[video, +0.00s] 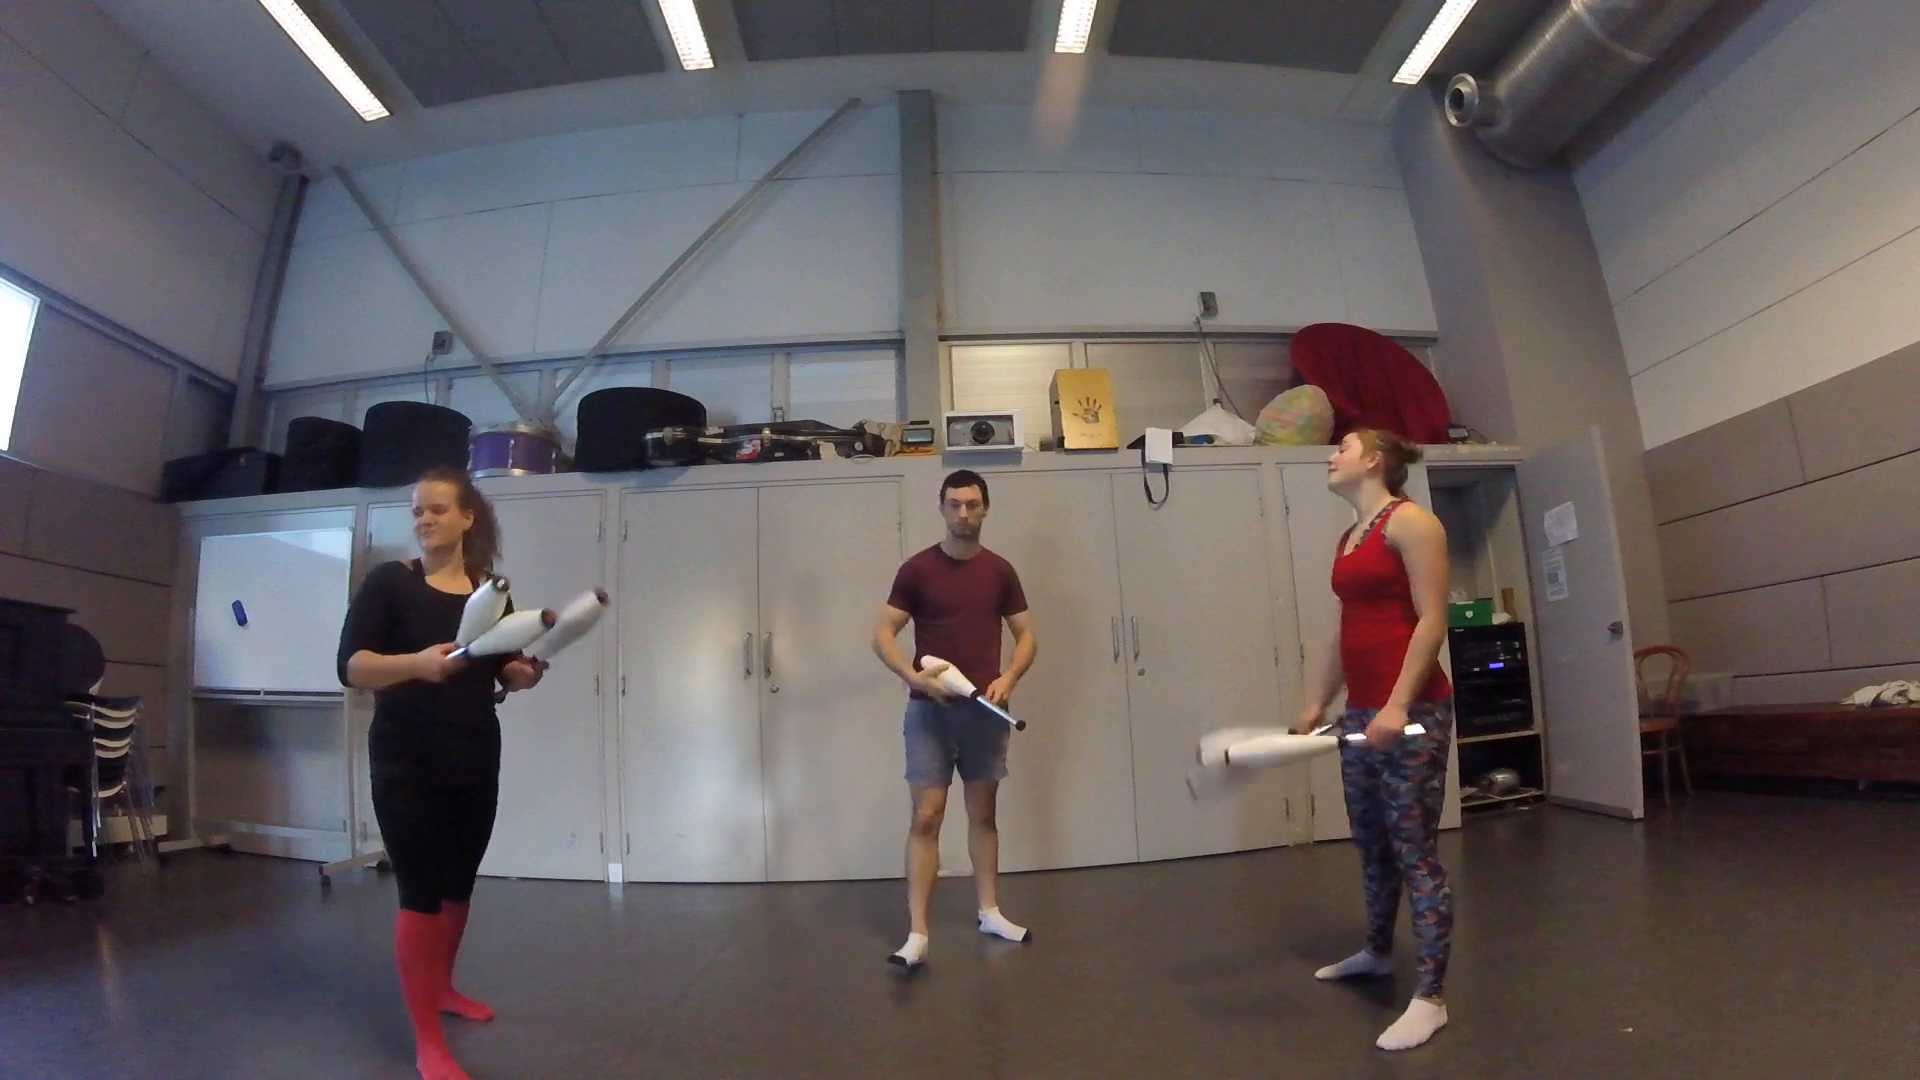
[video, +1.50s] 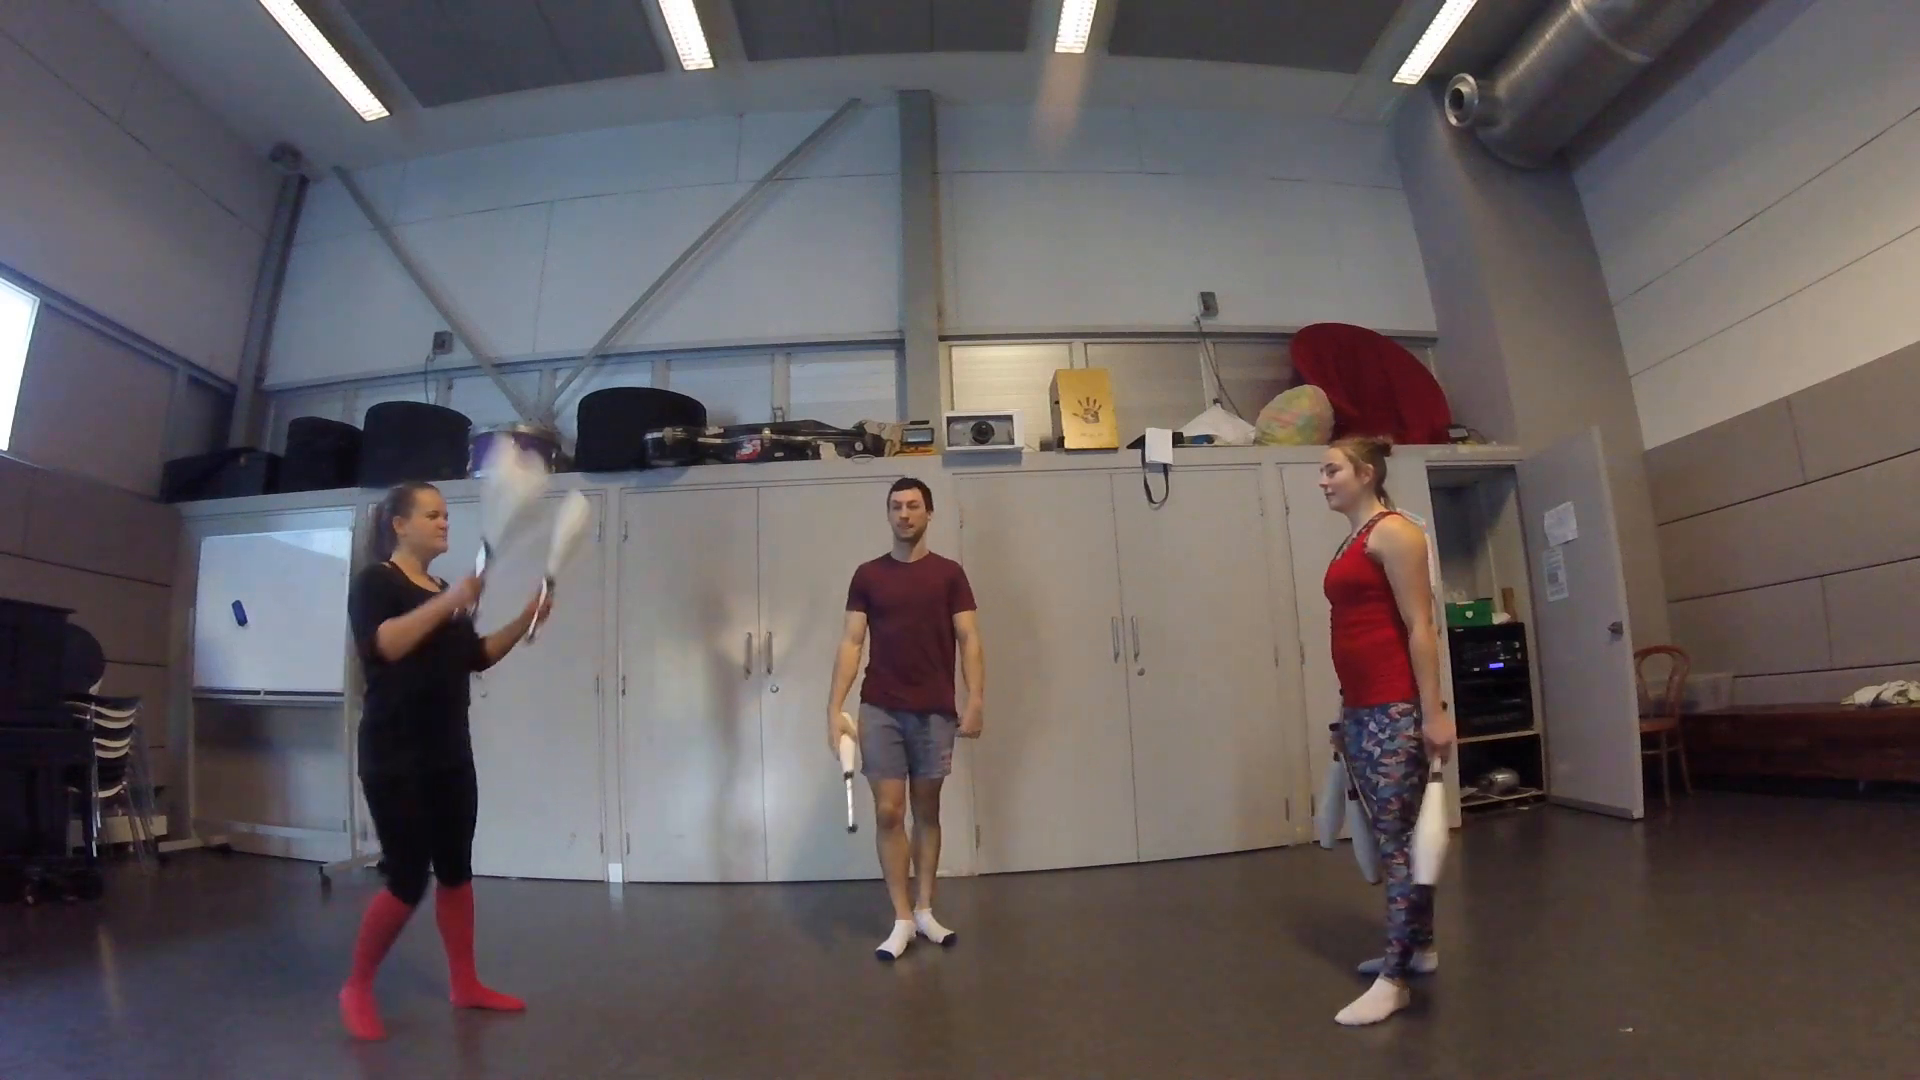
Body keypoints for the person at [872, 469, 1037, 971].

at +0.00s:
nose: (964, 512)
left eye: (973, 504)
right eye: (955, 504)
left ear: (985, 511)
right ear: (942, 510)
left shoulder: (999, 570)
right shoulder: (917, 570)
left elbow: (1026, 638)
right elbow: (883, 637)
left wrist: (1009, 679)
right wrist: (912, 676)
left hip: (985, 709)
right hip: (930, 708)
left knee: (983, 814)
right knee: (926, 818)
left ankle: (989, 912)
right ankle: (918, 934)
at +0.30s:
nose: (953, 509)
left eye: (961, 501)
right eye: (945, 502)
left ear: (976, 510)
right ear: (934, 510)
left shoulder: (995, 567)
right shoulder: (915, 568)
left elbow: (1024, 636)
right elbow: (883, 630)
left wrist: (1017, 698)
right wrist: (892, 676)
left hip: (987, 709)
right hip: (932, 706)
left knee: (983, 813)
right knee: (920, 817)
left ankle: (990, 911)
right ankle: (910, 922)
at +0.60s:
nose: (925, 509)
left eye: (933, 501)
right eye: (917, 502)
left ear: (948, 510)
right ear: (906, 512)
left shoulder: (971, 567)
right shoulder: (887, 572)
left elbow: (1005, 620)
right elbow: (863, 639)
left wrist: (1007, 681)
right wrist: (845, 699)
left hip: (964, 710)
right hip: (906, 712)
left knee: (975, 814)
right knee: (908, 818)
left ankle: (988, 911)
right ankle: (908, 921)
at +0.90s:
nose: (898, 509)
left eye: (906, 502)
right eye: (890, 503)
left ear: (920, 511)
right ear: (878, 513)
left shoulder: (946, 567)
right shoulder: (863, 576)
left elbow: (971, 631)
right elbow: (847, 646)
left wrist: (984, 694)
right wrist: (834, 713)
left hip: (949, 707)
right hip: (892, 710)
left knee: (963, 813)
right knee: (899, 816)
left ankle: (964, 911)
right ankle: (907, 922)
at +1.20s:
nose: (894, 512)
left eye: (902, 504)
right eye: (886, 506)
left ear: (918, 513)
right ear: (876, 516)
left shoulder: (944, 568)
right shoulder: (862, 578)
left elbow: (968, 633)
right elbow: (852, 644)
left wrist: (979, 697)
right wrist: (845, 704)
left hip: (939, 710)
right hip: (885, 712)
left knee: (930, 814)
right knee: (897, 816)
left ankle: (925, 911)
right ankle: (905, 921)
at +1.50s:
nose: (904, 513)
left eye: (912, 506)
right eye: (897, 507)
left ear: (928, 515)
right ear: (887, 516)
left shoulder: (948, 572)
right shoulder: (868, 574)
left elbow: (969, 638)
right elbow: (851, 643)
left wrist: (975, 700)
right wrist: (835, 707)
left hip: (934, 708)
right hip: (880, 707)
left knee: (926, 810)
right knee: (888, 813)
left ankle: (925, 910)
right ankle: (902, 920)